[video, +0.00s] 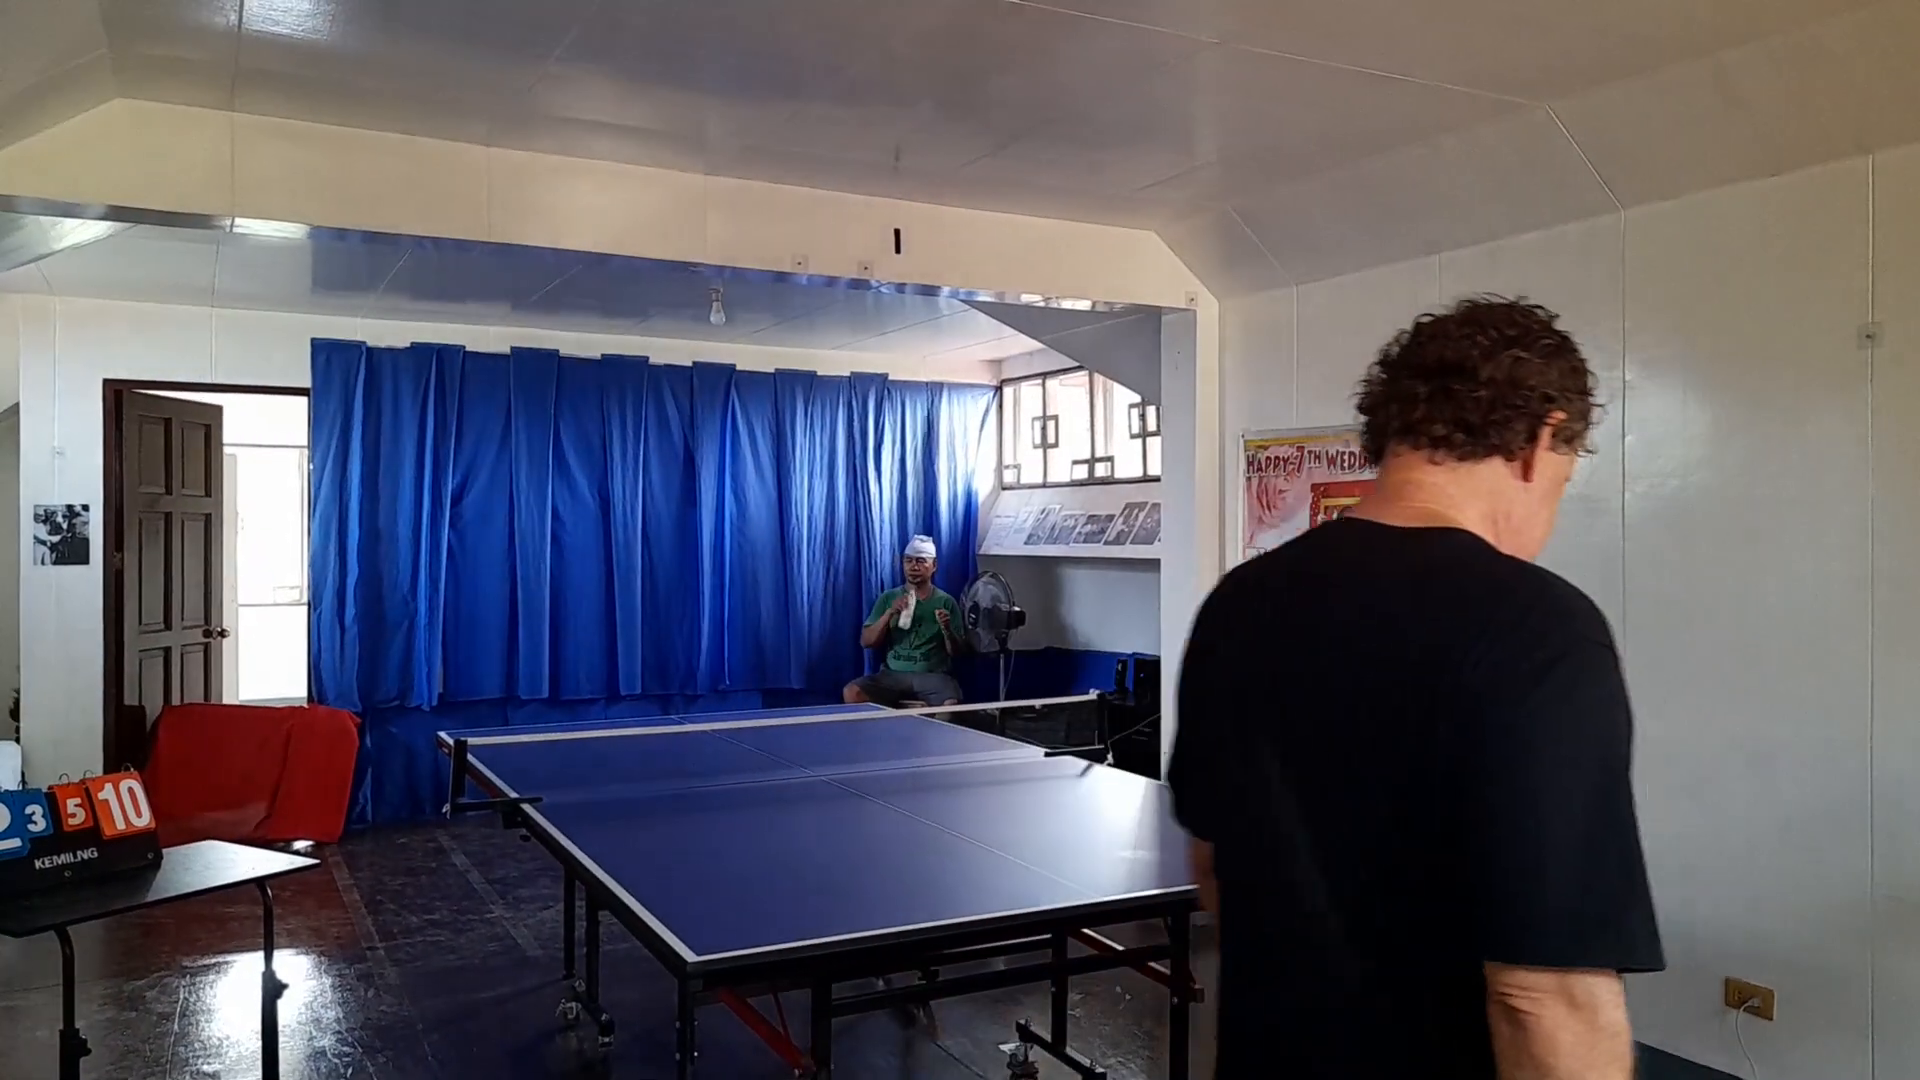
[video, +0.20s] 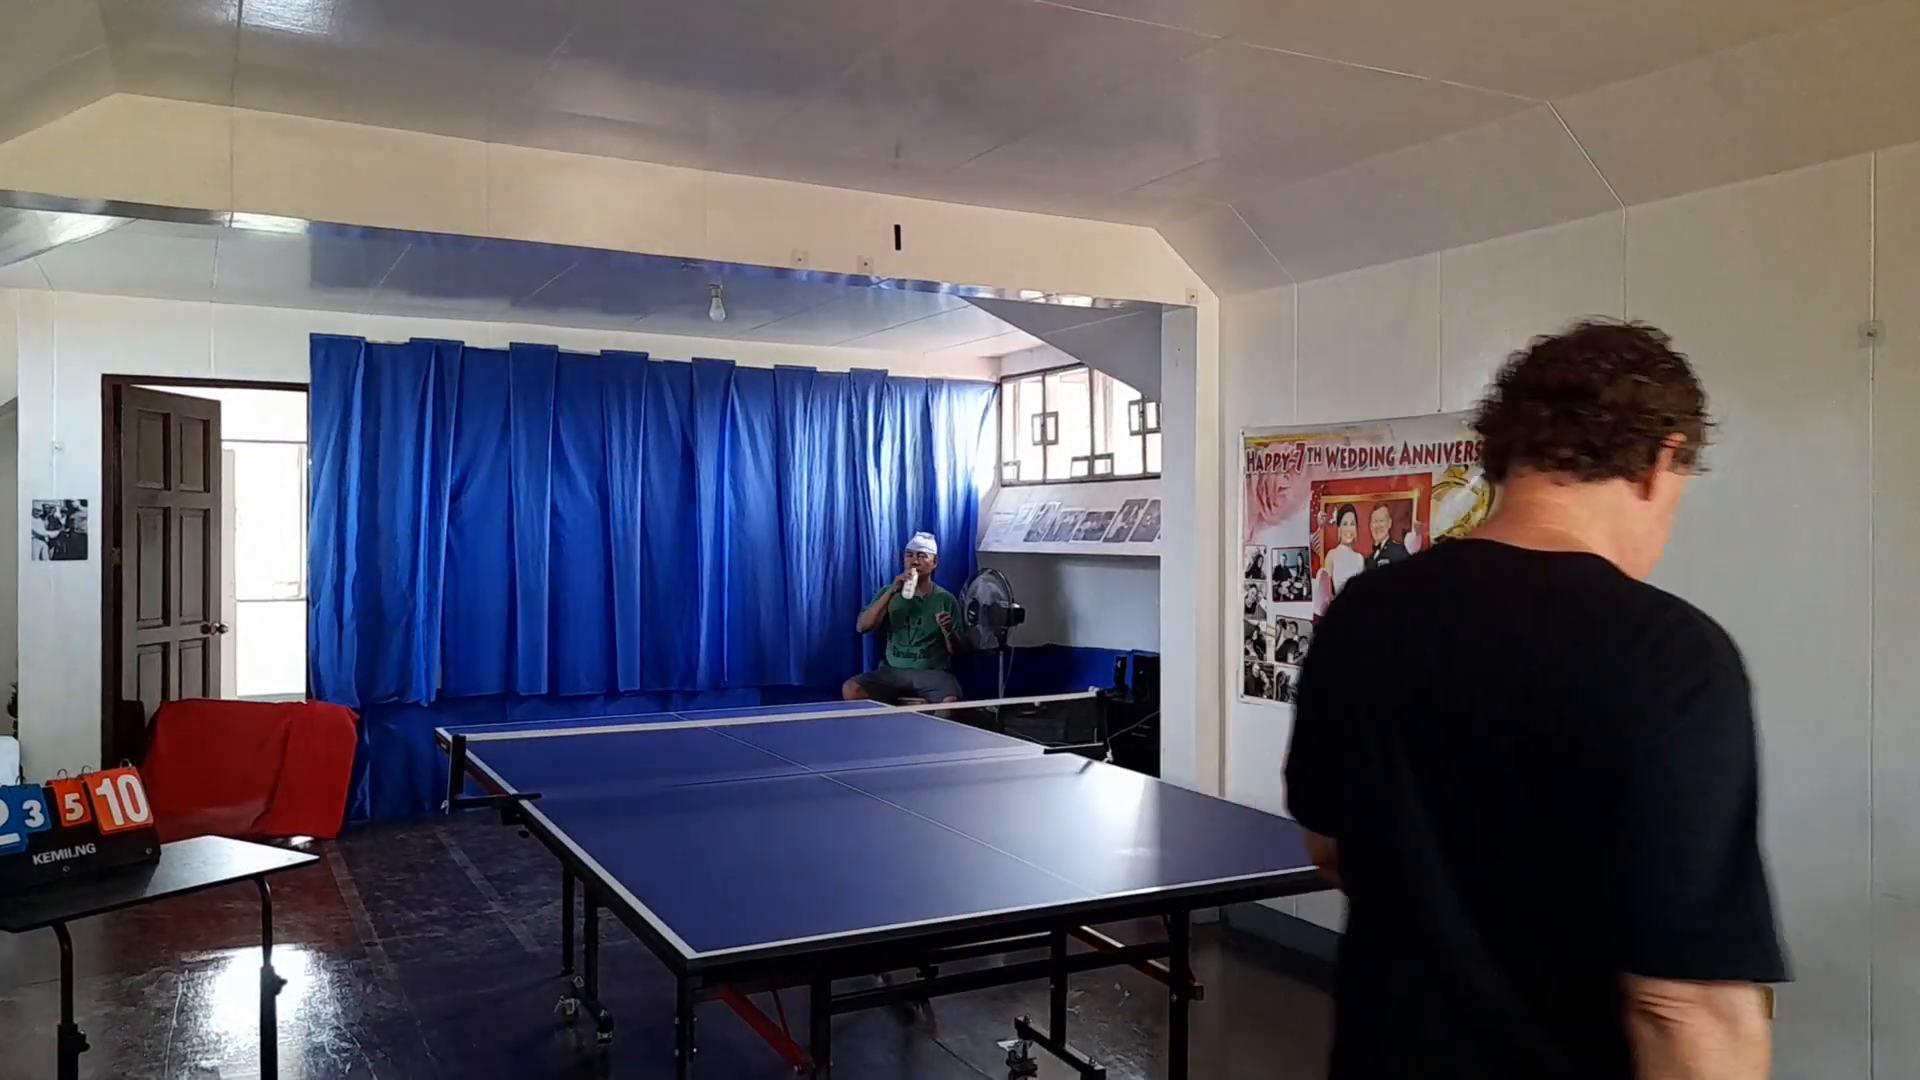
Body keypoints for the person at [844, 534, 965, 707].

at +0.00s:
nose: (914, 567)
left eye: (921, 561)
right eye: (909, 561)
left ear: (933, 566)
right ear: (903, 564)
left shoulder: (946, 602)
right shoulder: (888, 598)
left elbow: (956, 652)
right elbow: (866, 641)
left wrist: (946, 629)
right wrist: (889, 613)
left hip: (932, 676)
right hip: (892, 674)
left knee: (951, 705)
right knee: (852, 692)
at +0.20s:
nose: (914, 561)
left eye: (922, 556)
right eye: (910, 555)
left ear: (934, 563)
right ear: (903, 559)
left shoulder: (946, 600)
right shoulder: (888, 593)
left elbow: (956, 651)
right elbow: (862, 626)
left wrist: (948, 631)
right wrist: (891, 591)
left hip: (931, 673)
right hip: (891, 671)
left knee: (950, 702)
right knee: (851, 689)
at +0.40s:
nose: (918, 558)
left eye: (925, 554)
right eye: (914, 553)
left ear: (936, 563)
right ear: (907, 559)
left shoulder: (948, 601)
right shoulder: (894, 596)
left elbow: (958, 651)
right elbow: (862, 619)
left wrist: (949, 636)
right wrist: (893, 584)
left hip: (932, 674)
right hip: (893, 672)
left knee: (951, 702)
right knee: (853, 690)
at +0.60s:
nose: (918, 554)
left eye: (925, 550)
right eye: (913, 550)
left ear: (937, 560)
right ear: (907, 556)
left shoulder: (947, 598)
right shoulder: (892, 590)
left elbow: (957, 648)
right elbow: (860, 609)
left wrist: (949, 634)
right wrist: (893, 576)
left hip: (931, 672)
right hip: (892, 670)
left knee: (949, 700)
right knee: (851, 687)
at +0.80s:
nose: (920, 553)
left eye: (927, 549)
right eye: (915, 548)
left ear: (938, 561)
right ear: (908, 556)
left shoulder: (948, 598)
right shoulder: (892, 590)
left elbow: (958, 648)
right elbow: (860, 604)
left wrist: (949, 632)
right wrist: (895, 572)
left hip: (932, 672)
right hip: (893, 670)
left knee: (950, 701)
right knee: (852, 688)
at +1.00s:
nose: (923, 555)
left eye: (930, 552)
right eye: (919, 551)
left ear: (940, 564)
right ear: (910, 558)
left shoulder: (949, 601)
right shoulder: (894, 592)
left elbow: (959, 649)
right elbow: (861, 603)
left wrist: (950, 633)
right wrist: (896, 571)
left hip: (933, 675)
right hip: (893, 673)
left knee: (950, 704)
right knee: (853, 691)